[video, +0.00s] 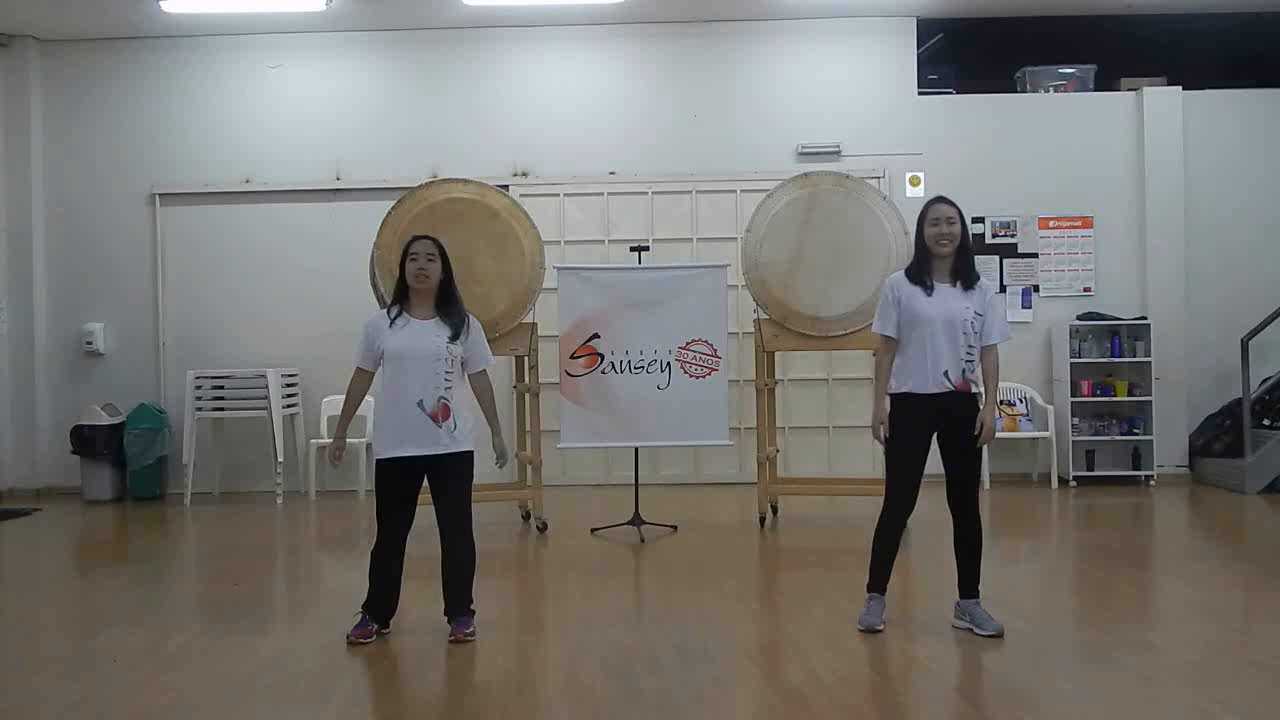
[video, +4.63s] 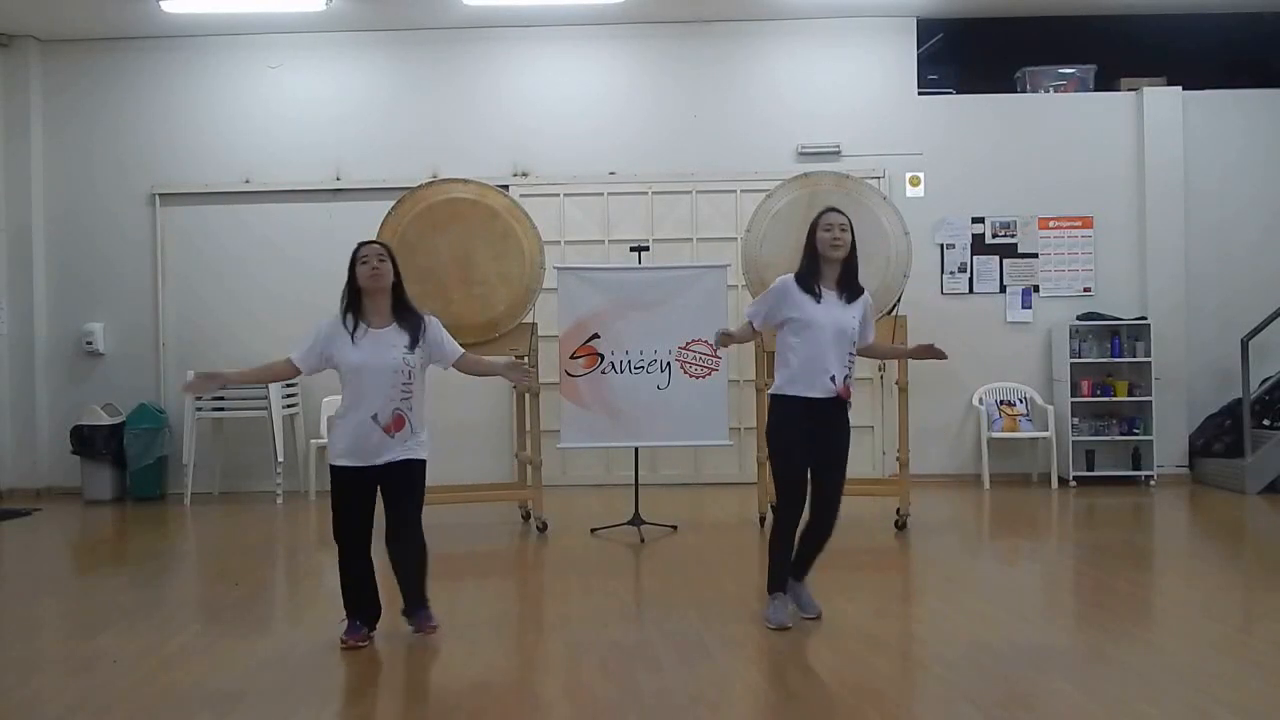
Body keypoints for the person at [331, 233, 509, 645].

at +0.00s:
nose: (421, 265)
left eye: (430, 259)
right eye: (413, 258)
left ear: (444, 270)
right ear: (403, 269)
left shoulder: (464, 325)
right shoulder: (380, 325)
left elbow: (480, 380)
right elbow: (361, 378)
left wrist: (498, 434)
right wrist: (340, 434)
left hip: (452, 447)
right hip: (396, 449)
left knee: (457, 534)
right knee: (389, 536)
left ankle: (461, 614)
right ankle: (375, 615)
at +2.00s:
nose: (409, 265)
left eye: (418, 259)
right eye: (401, 258)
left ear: (431, 269)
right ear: (390, 267)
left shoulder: (452, 324)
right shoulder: (370, 325)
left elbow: (466, 380)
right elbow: (357, 382)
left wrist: (476, 434)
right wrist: (345, 440)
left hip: (443, 448)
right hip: (388, 450)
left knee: (447, 535)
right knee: (395, 538)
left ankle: (458, 616)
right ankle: (400, 617)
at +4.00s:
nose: (431, 273)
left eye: (442, 267)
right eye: (426, 265)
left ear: (458, 277)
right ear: (418, 273)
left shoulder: (476, 330)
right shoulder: (399, 326)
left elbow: (497, 381)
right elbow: (390, 377)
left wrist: (506, 412)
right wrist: (351, 412)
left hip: (460, 450)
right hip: (409, 450)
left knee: (458, 532)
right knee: (403, 529)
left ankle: (460, 614)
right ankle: (425, 596)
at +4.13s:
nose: (425, 268)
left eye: (437, 262)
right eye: (421, 260)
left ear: (453, 274)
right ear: (413, 268)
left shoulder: (467, 324)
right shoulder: (394, 321)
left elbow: (479, 381)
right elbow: (371, 370)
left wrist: (462, 369)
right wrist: (324, 368)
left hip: (453, 448)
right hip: (402, 446)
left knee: (455, 535)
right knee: (385, 524)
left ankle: (459, 616)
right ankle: (401, 592)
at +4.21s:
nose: (419, 262)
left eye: (431, 258)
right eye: (414, 255)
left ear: (447, 270)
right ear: (406, 264)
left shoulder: (457, 319)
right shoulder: (384, 318)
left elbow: (454, 371)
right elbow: (359, 368)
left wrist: (417, 340)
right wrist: (339, 344)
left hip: (445, 445)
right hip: (392, 444)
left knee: (452, 531)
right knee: (375, 529)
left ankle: (459, 616)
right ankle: (370, 611)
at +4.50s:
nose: (390, 263)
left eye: (399, 258)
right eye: (382, 257)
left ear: (413, 272)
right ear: (371, 271)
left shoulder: (428, 321)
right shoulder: (352, 322)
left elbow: (447, 368)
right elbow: (310, 361)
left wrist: (430, 359)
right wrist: (284, 355)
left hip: (411, 448)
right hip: (357, 449)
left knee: (425, 533)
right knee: (356, 537)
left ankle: (452, 614)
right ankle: (360, 619)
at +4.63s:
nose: (375, 267)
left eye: (382, 261)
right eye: (366, 262)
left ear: (395, 274)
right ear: (354, 277)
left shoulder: (421, 326)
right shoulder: (337, 330)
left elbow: (462, 361)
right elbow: (288, 368)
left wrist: (503, 367)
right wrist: (222, 378)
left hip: (405, 450)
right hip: (351, 452)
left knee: (406, 532)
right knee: (351, 539)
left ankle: (417, 607)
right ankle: (360, 618)